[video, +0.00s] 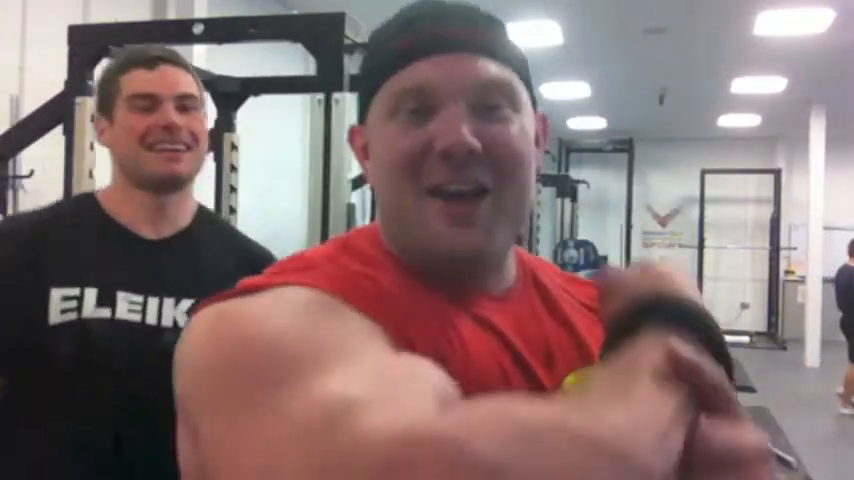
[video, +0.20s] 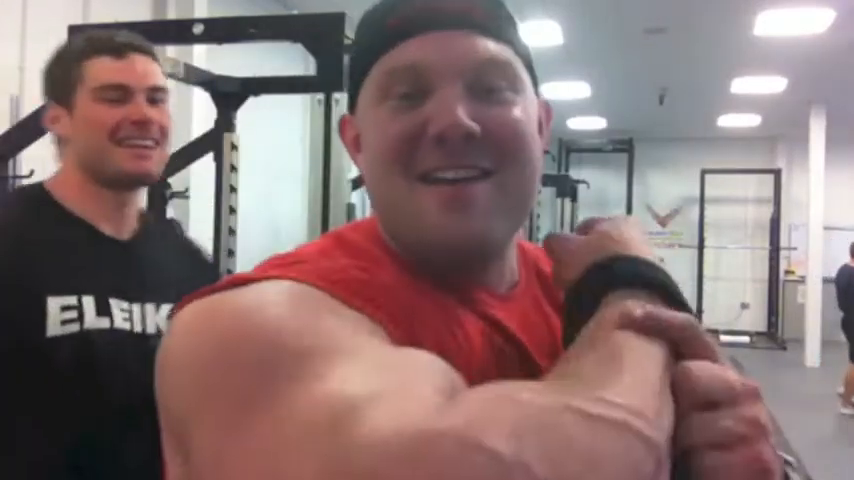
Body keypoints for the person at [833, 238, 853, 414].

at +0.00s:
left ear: (848, 252)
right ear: (852, 252)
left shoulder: (842, 271)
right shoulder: (846, 272)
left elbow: (840, 302)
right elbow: (842, 302)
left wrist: (846, 312)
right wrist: (847, 313)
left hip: (846, 318)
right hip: (849, 319)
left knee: (851, 358)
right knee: (851, 360)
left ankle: (845, 386)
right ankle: (847, 400)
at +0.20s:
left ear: (849, 253)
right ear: (852, 253)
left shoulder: (843, 272)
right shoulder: (846, 273)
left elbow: (841, 302)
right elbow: (843, 303)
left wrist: (847, 312)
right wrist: (848, 313)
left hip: (847, 318)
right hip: (849, 319)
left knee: (851, 359)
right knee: (851, 361)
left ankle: (845, 386)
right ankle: (847, 400)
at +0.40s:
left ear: (848, 252)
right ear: (852, 253)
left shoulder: (842, 270)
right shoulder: (845, 271)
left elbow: (841, 302)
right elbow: (842, 302)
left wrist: (846, 311)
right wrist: (847, 313)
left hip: (846, 319)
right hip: (848, 320)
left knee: (851, 360)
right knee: (851, 361)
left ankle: (846, 390)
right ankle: (847, 399)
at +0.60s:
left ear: (847, 252)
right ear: (852, 252)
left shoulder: (840, 270)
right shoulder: (846, 271)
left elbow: (838, 300)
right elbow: (840, 301)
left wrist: (843, 315)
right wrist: (844, 316)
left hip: (844, 319)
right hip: (848, 320)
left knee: (849, 358)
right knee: (850, 361)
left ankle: (844, 387)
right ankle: (846, 401)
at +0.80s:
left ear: (846, 252)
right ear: (853, 252)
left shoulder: (838, 271)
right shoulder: (845, 272)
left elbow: (834, 300)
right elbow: (837, 301)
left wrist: (840, 315)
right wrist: (842, 317)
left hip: (842, 320)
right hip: (848, 321)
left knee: (849, 362)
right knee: (849, 362)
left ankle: (846, 397)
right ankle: (846, 398)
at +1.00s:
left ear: (847, 251)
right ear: (851, 252)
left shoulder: (837, 271)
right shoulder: (841, 272)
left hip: (844, 327)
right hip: (848, 327)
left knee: (848, 365)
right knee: (849, 365)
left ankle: (846, 403)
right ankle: (846, 404)